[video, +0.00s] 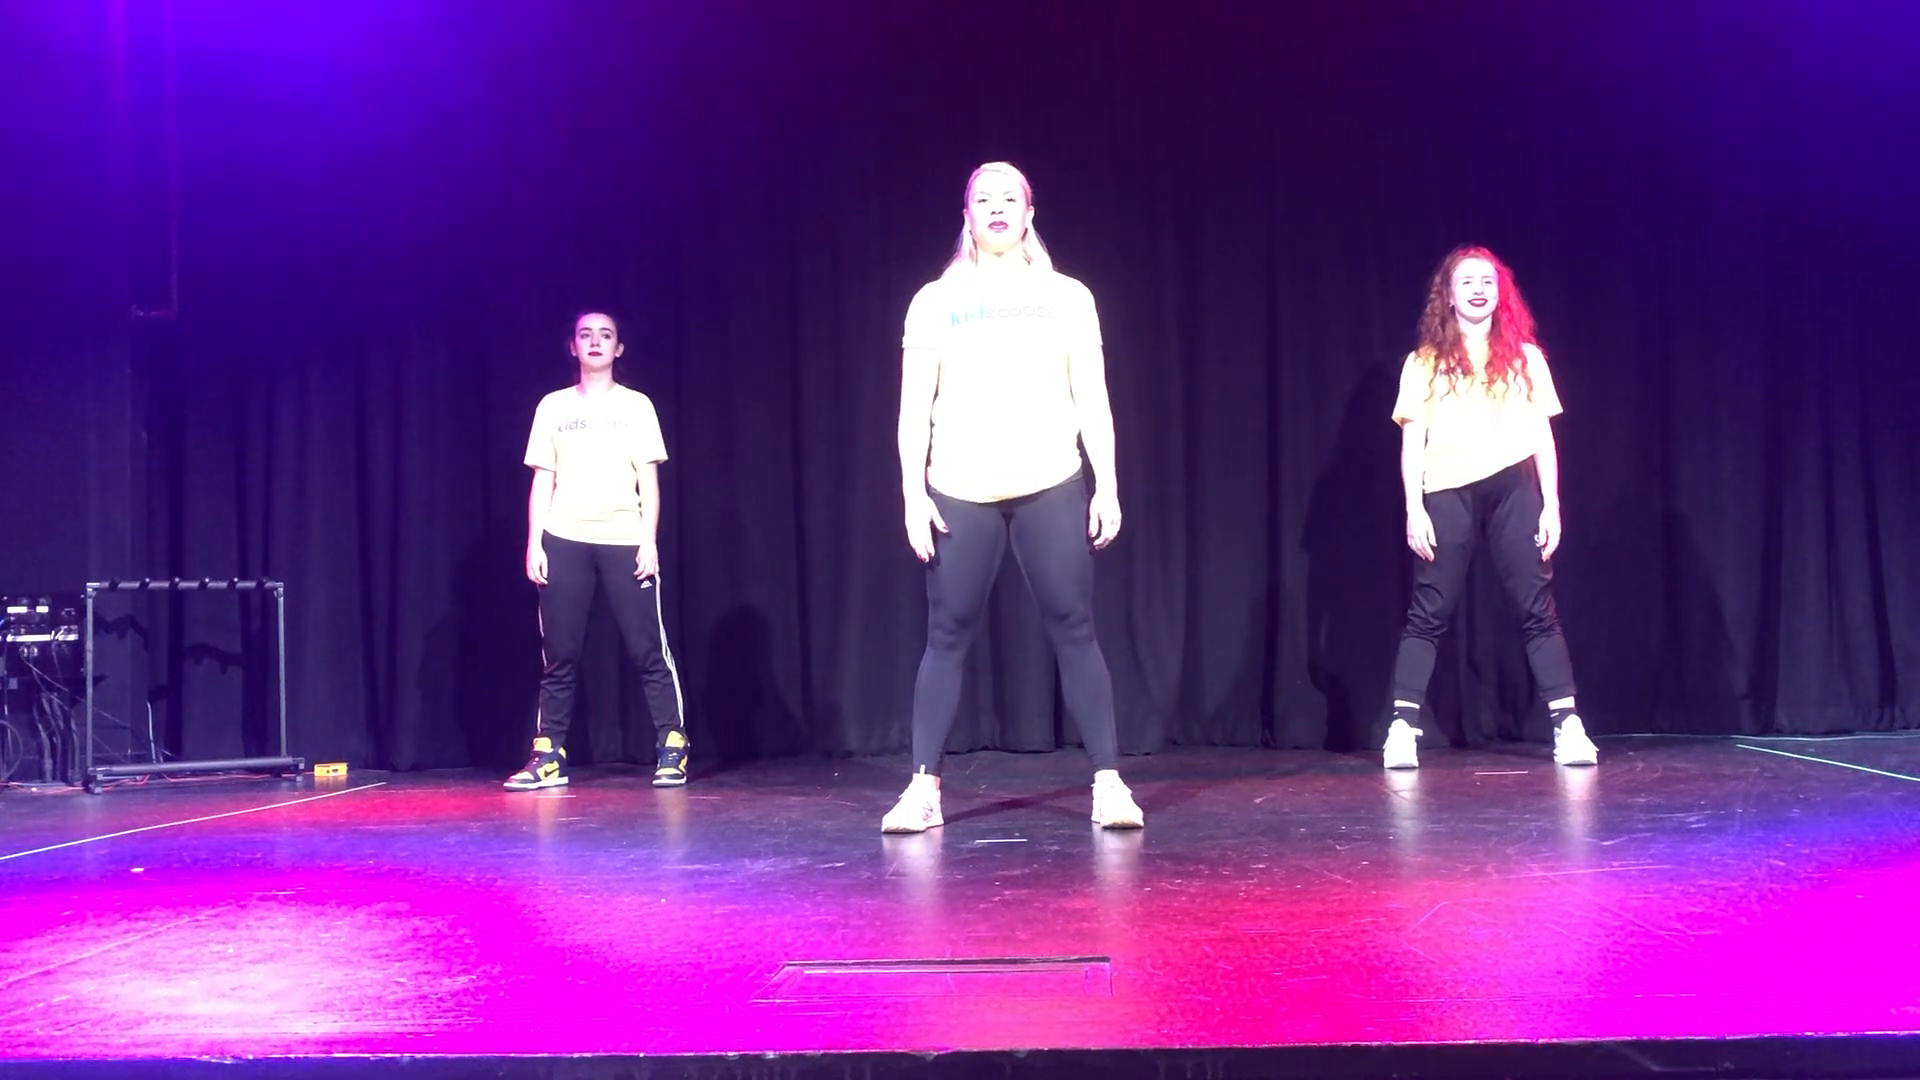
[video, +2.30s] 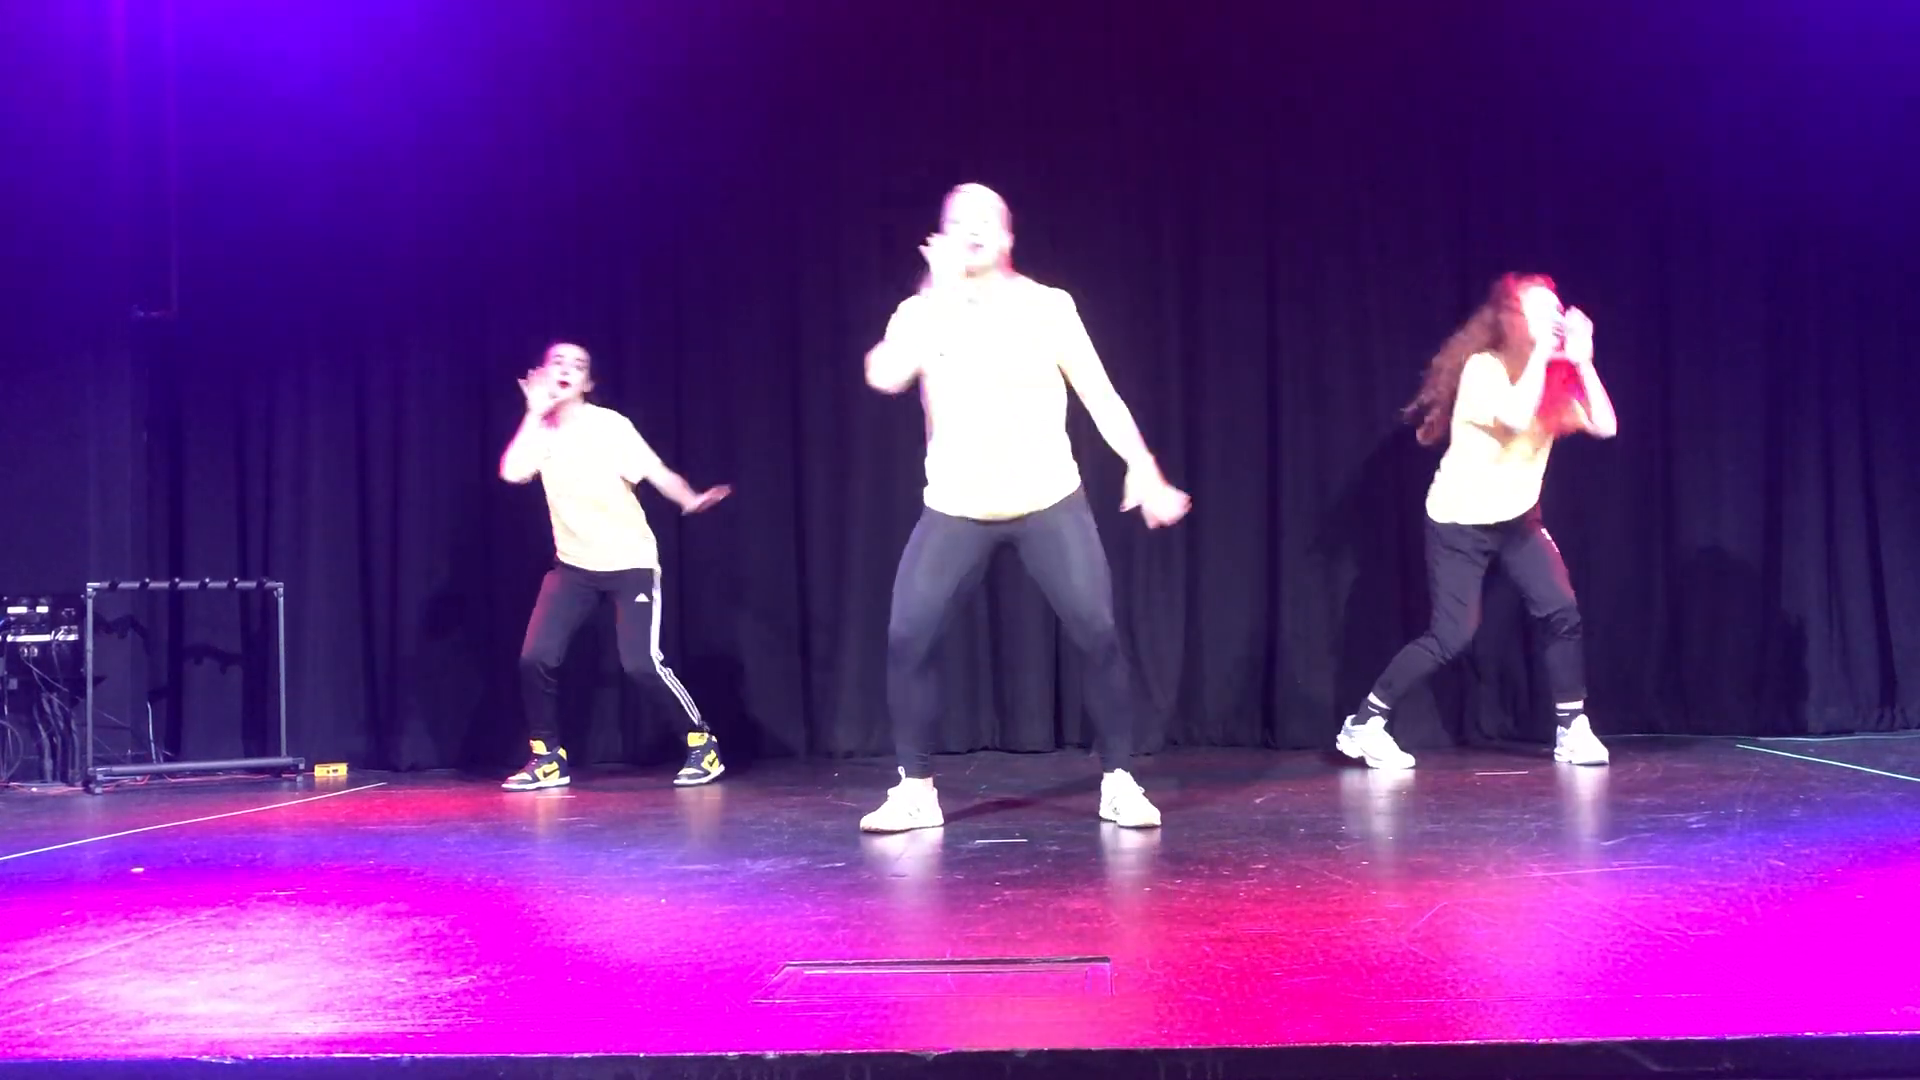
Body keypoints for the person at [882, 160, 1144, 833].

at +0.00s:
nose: (997, 210)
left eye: (1009, 200)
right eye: (985, 200)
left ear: (1029, 212)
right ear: (966, 212)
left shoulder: (1070, 297)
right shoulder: (933, 302)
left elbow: (1092, 396)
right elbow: (915, 406)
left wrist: (1106, 483)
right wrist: (913, 491)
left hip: (1051, 483)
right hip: (962, 486)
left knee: (1073, 625)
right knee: (947, 629)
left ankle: (1107, 779)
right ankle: (924, 783)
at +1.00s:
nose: (971, 200)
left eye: (986, 188)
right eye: (965, 192)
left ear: (1024, 200)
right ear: (959, 210)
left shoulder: (1071, 287)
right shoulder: (939, 292)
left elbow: (1093, 391)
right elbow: (882, 382)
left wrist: (1108, 482)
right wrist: (820, 457)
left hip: (1049, 477)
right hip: (961, 482)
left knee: (1074, 623)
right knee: (947, 627)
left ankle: (1106, 779)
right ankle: (924, 784)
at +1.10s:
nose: (950, 197)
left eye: (966, 186)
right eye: (949, 188)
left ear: (1009, 197)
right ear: (948, 204)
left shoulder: (1062, 276)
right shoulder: (933, 288)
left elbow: (1088, 382)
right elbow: (849, 350)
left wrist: (1105, 475)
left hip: (1044, 475)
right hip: (957, 482)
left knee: (1073, 621)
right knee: (948, 626)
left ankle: (1110, 779)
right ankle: (924, 783)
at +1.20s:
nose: (929, 195)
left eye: (946, 183)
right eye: (930, 186)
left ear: (987, 198)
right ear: (934, 206)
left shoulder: (1041, 274)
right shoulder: (918, 286)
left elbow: (1072, 378)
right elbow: (833, 331)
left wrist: (1093, 471)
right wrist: (812, 246)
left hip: (1032, 472)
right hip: (949, 482)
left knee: (1071, 618)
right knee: (940, 626)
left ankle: (1120, 771)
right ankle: (921, 783)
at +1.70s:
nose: (848, 259)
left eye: (861, 247)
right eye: (850, 248)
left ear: (903, 255)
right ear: (876, 260)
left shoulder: (956, 317)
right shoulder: (881, 340)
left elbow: (1002, 409)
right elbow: (813, 394)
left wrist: (1027, 503)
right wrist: (833, 315)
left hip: (1017, 490)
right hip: (952, 506)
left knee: (1049, 634)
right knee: (911, 629)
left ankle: (1144, 768)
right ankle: (917, 788)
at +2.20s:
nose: (911, 219)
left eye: (927, 208)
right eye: (908, 211)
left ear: (969, 218)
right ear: (905, 226)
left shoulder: (1025, 284)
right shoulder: (905, 300)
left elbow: (1088, 369)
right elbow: (845, 368)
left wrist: (1114, 451)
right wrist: (894, 287)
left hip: (1035, 480)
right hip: (950, 489)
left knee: (1084, 619)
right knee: (921, 626)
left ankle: (1127, 774)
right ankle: (917, 787)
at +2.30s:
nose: (975, 236)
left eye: (987, 226)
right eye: (962, 227)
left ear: (1008, 236)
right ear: (942, 238)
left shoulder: (1049, 308)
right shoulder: (924, 310)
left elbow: (1100, 396)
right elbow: (884, 376)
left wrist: (1144, 472)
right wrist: (940, 290)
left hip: (1048, 500)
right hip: (956, 504)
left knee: (1096, 630)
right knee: (907, 633)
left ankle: (1119, 780)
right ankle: (915, 788)